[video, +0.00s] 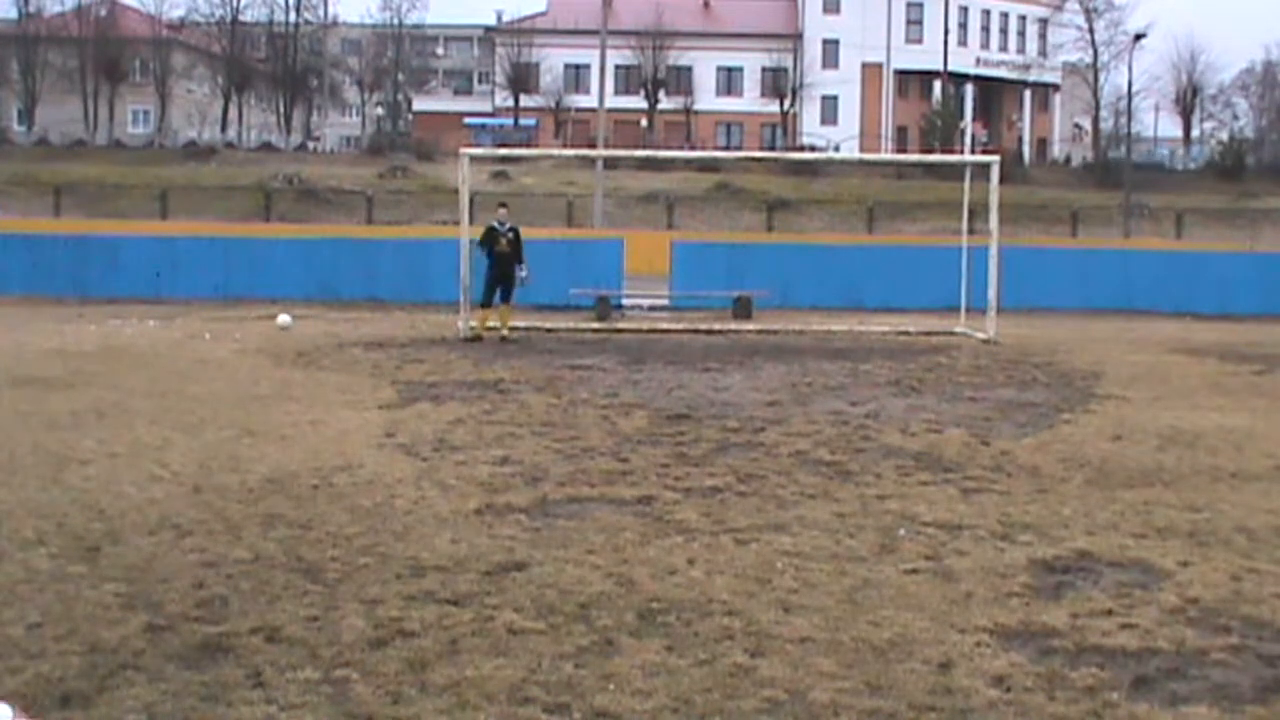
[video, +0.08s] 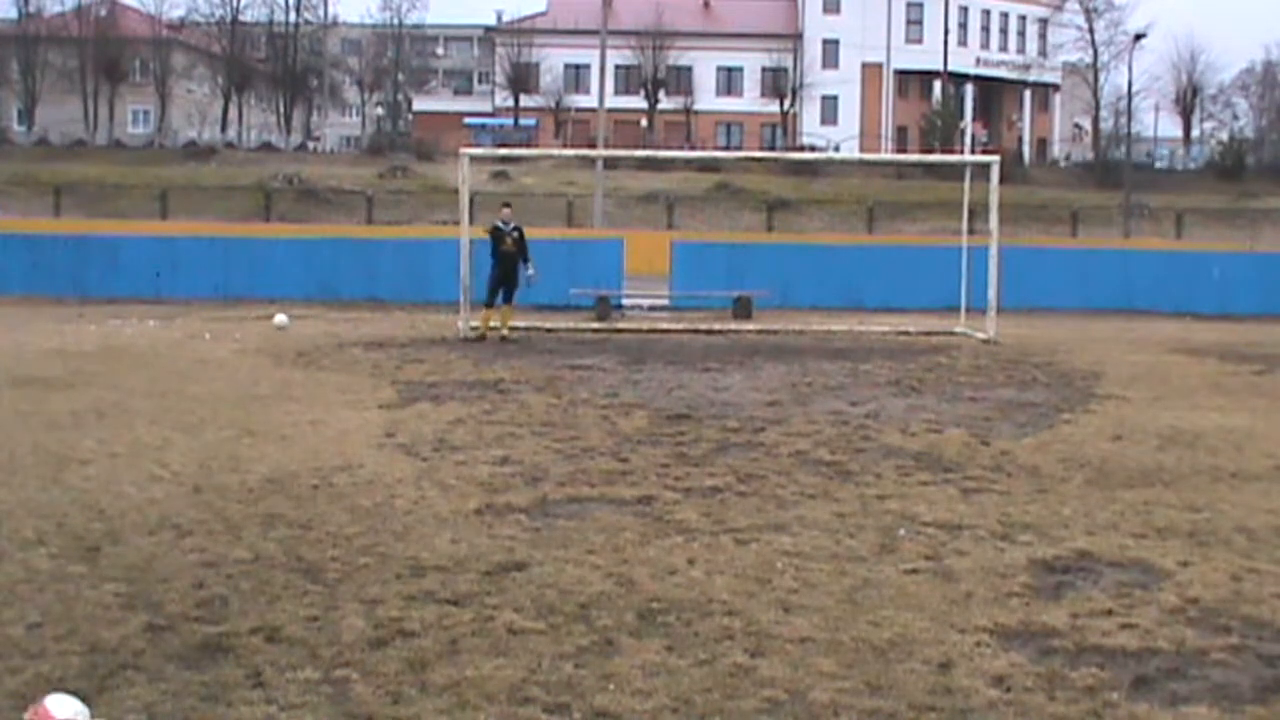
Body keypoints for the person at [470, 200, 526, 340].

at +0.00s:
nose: (503, 216)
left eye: (505, 213)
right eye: (500, 213)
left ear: (508, 214)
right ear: (496, 214)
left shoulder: (514, 231)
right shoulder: (491, 230)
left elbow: (518, 250)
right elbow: (482, 244)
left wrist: (521, 265)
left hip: (509, 268)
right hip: (494, 268)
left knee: (506, 300)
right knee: (487, 300)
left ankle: (504, 327)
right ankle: (481, 328)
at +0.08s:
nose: (507, 215)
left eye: (509, 212)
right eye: (504, 212)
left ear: (512, 214)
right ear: (500, 214)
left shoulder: (517, 231)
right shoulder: (495, 230)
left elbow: (523, 250)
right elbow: (496, 246)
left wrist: (527, 265)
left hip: (512, 268)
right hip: (498, 268)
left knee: (508, 301)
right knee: (490, 300)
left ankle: (504, 329)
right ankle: (483, 329)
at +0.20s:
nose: (516, 215)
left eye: (517, 212)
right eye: (513, 212)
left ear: (519, 214)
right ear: (507, 213)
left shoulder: (523, 230)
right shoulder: (503, 229)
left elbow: (530, 249)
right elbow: (497, 232)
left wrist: (535, 264)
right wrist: (496, 227)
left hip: (517, 268)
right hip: (504, 267)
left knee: (511, 301)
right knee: (500, 301)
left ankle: (505, 329)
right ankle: (497, 329)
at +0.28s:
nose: (523, 215)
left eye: (524, 213)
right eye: (521, 212)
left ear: (524, 214)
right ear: (514, 214)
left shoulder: (527, 230)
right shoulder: (508, 229)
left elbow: (533, 250)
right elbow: (501, 232)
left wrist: (541, 265)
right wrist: (502, 226)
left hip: (521, 266)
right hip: (508, 266)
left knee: (513, 301)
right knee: (509, 301)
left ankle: (507, 331)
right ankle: (505, 332)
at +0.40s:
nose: (533, 219)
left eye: (533, 216)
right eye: (531, 216)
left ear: (532, 218)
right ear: (525, 216)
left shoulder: (532, 232)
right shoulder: (516, 230)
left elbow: (540, 250)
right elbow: (510, 233)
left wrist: (549, 266)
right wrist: (509, 228)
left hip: (526, 267)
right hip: (515, 267)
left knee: (515, 300)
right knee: (522, 298)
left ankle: (505, 329)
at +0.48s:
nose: (539, 221)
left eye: (539, 218)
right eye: (537, 218)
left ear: (536, 218)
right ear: (532, 218)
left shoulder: (538, 234)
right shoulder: (521, 231)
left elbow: (545, 251)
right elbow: (517, 235)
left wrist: (555, 268)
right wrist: (515, 230)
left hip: (530, 270)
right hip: (521, 269)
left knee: (517, 301)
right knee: (530, 301)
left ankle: (505, 329)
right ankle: (540, 333)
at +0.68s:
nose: (555, 221)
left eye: (556, 218)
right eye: (553, 217)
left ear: (553, 219)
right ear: (547, 218)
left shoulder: (553, 233)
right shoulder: (538, 233)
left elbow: (556, 253)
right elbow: (534, 251)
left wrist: (562, 264)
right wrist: (530, 249)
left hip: (546, 268)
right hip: (537, 269)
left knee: (538, 301)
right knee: (542, 301)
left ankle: (517, 323)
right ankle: (545, 333)